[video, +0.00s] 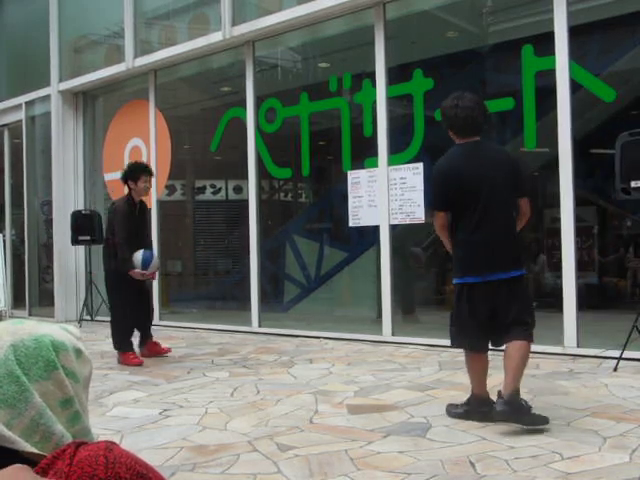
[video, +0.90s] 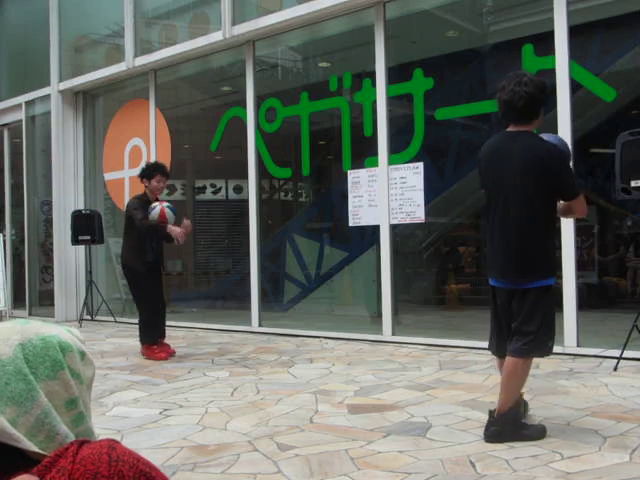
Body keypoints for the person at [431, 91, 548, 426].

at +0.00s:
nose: (447, 129)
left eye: (446, 124)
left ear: (448, 129)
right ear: (482, 123)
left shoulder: (446, 167)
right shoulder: (506, 159)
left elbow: (440, 222)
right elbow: (524, 212)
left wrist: (458, 250)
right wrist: (504, 238)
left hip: (470, 267)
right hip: (508, 263)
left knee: (473, 333)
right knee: (519, 327)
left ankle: (479, 399)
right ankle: (510, 396)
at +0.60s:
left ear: (486, 117)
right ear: (523, 116)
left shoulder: (475, 158)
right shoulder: (539, 155)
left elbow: (464, 214)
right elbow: (562, 212)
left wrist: (494, 209)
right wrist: (534, 218)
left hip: (491, 267)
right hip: (531, 266)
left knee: (485, 334)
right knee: (524, 340)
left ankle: (481, 400)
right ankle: (504, 419)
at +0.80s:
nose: (537, 113)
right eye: (537, 108)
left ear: (500, 110)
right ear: (537, 112)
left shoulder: (486, 150)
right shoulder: (545, 155)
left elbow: (476, 195)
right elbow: (570, 210)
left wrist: (513, 187)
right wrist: (565, 179)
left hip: (495, 262)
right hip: (533, 263)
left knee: (498, 335)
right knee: (524, 339)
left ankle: (498, 405)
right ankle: (503, 419)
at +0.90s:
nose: (541, 111)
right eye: (541, 106)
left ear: (503, 109)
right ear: (539, 110)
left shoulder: (489, 150)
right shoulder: (549, 154)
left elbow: (500, 194)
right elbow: (578, 209)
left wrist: (553, 202)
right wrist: (546, 203)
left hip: (497, 261)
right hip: (534, 263)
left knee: (505, 338)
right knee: (524, 341)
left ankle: (513, 410)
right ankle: (502, 421)